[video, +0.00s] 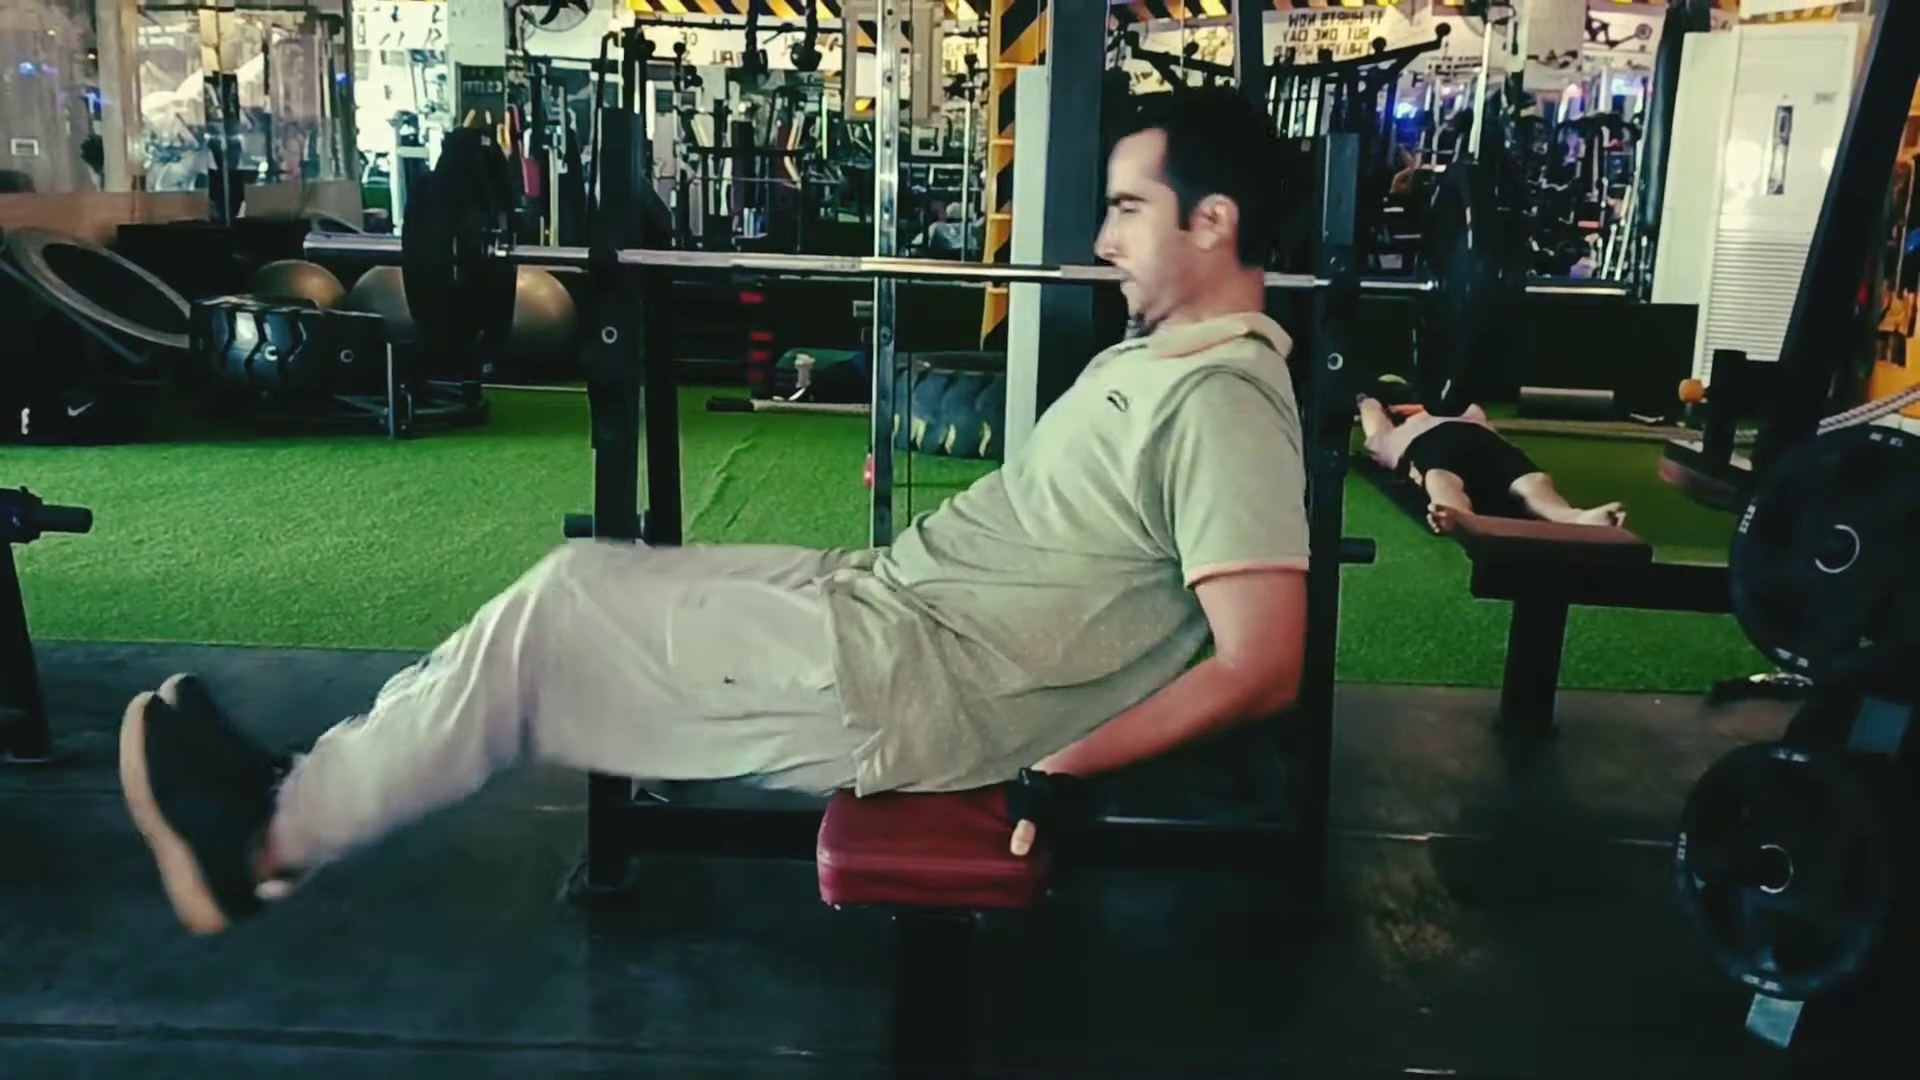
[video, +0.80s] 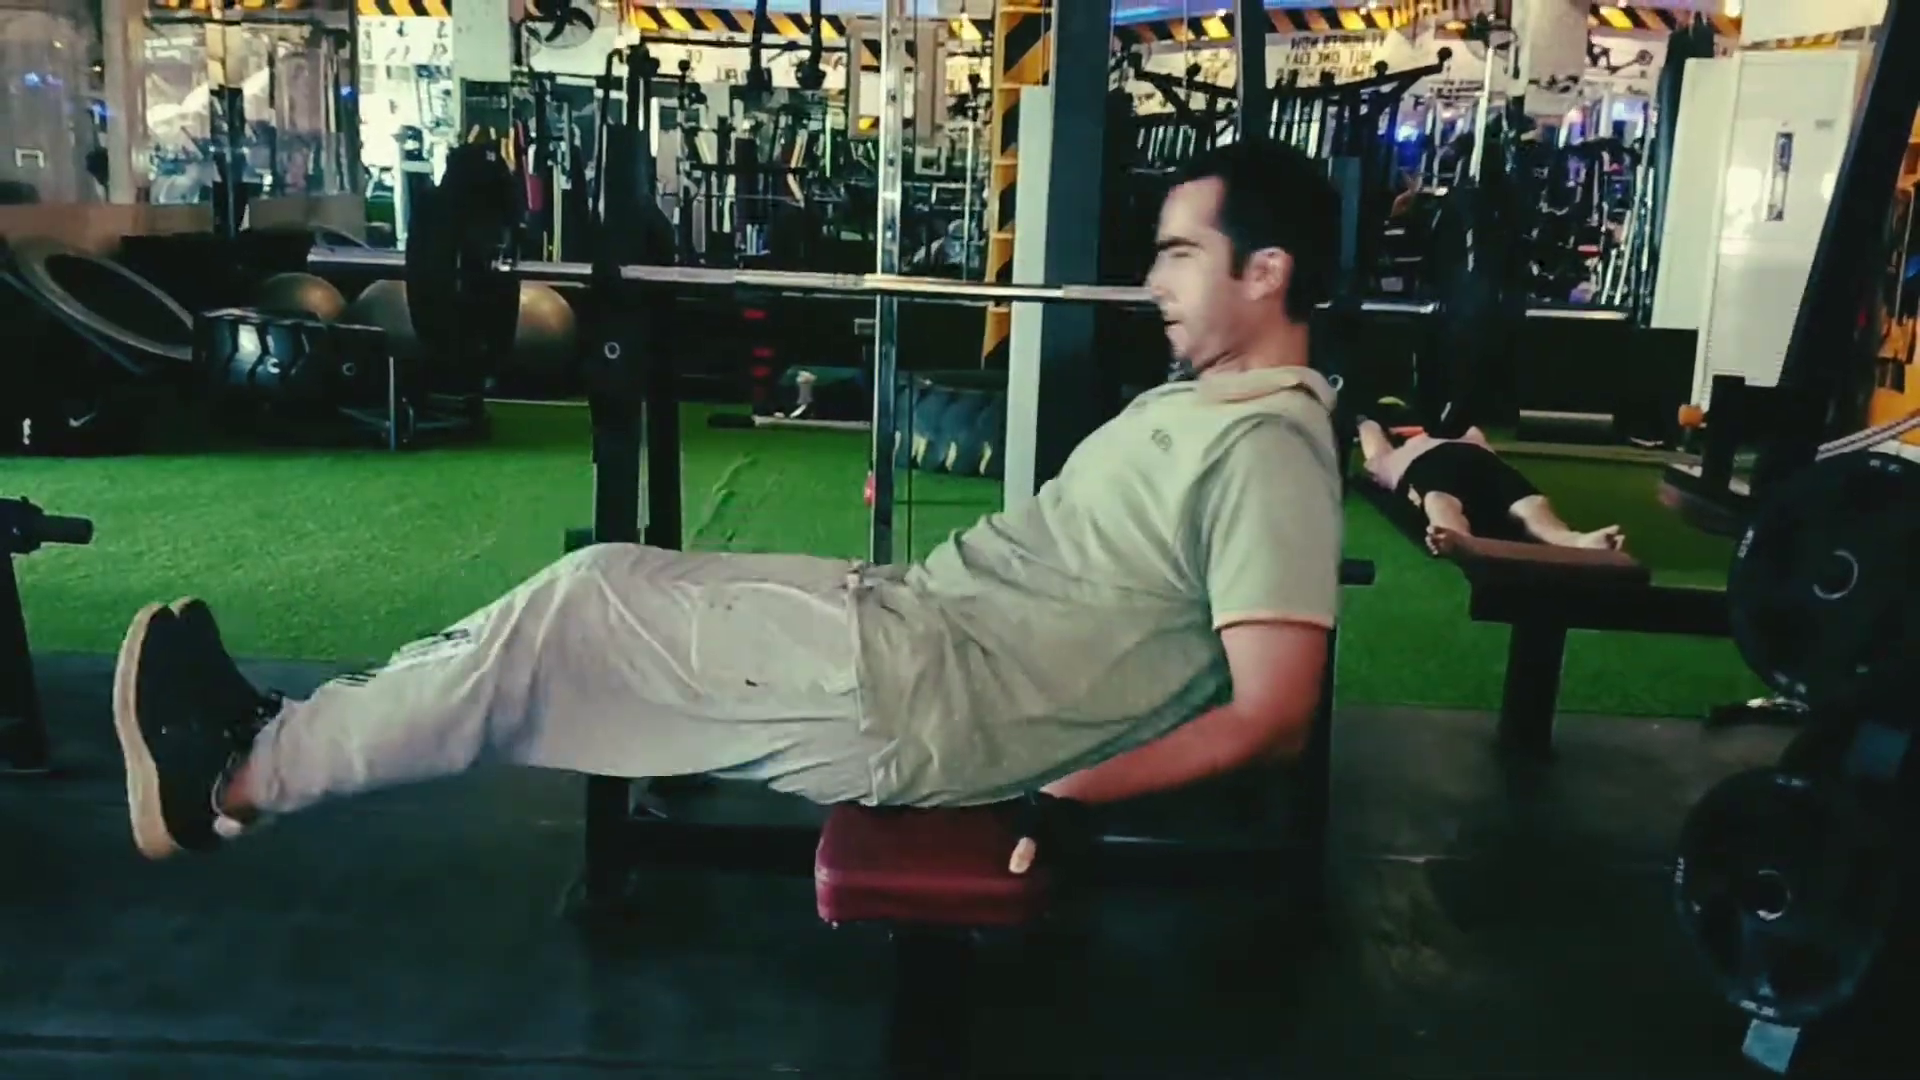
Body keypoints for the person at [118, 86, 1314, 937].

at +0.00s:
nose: (1106, 237)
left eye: (1129, 209)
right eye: (1111, 211)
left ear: (1216, 227)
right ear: (1206, 229)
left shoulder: (1222, 391)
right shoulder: (1182, 357)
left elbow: (1264, 663)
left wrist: (1058, 769)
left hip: (912, 678)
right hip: (882, 601)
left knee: (552, 628)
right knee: (574, 575)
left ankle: (254, 856)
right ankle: (293, 810)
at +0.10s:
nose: (1049, 215)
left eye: (1067, 187)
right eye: (1048, 188)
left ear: (1153, 198)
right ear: (1133, 201)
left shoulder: (1187, 366)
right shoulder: (1129, 339)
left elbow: (1237, 631)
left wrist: (1059, 758)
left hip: (939, 680)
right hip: (904, 605)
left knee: (588, 547)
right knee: (595, 521)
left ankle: (320, 807)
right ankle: (342, 776)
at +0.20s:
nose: (942, 205)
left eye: (959, 172)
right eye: (944, 175)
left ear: (1049, 172)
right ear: (1042, 176)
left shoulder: (1112, 336)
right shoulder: (1057, 318)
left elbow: (1211, 598)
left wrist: (1040, 769)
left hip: (945, 699)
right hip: (913, 650)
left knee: (654, 442)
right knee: (652, 437)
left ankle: (413, 731)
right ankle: (420, 712)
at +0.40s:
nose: (850, 227)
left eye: (858, 191)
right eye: (846, 196)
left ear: (935, 184)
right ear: (939, 186)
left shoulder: (1022, 344)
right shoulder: (988, 323)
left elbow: (1170, 582)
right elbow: (1136, 562)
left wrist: (1029, 780)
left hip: (920, 715)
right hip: (914, 684)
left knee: (742, 366)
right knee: (752, 353)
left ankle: (506, 658)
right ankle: (525, 611)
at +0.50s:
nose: (902, 218)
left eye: (919, 186)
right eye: (900, 190)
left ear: (1008, 185)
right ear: (998, 189)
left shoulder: (1076, 342)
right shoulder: (1029, 329)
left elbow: (1201, 602)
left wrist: (1036, 784)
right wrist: (879, 530)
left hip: (935, 712)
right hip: (912, 670)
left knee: (704, 394)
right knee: (698, 398)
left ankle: (460, 692)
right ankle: (467, 666)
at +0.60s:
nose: (1011, 230)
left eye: (1028, 201)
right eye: (1011, 201)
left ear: (1115, 208)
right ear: (1103, 205)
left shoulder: (1160, 374)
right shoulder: (1107, 343)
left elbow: (1242, 644)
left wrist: (1049, 774)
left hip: (950, 704)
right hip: (928, 637)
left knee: (627, 468)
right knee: (650, 441)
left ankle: (359, 749)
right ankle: (385, 708)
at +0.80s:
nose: (1153, 280)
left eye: (1180, 252)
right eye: (1158, 252)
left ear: (1272, 277)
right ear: (1255, 278)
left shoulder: (1270, 446)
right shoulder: (1210, 404)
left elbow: (1276, 708)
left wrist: (1059, 794)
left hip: (937, 696)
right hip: (910, 623)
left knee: (574, 627)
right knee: (593, 584)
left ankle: (231, 790)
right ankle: (278, 745)